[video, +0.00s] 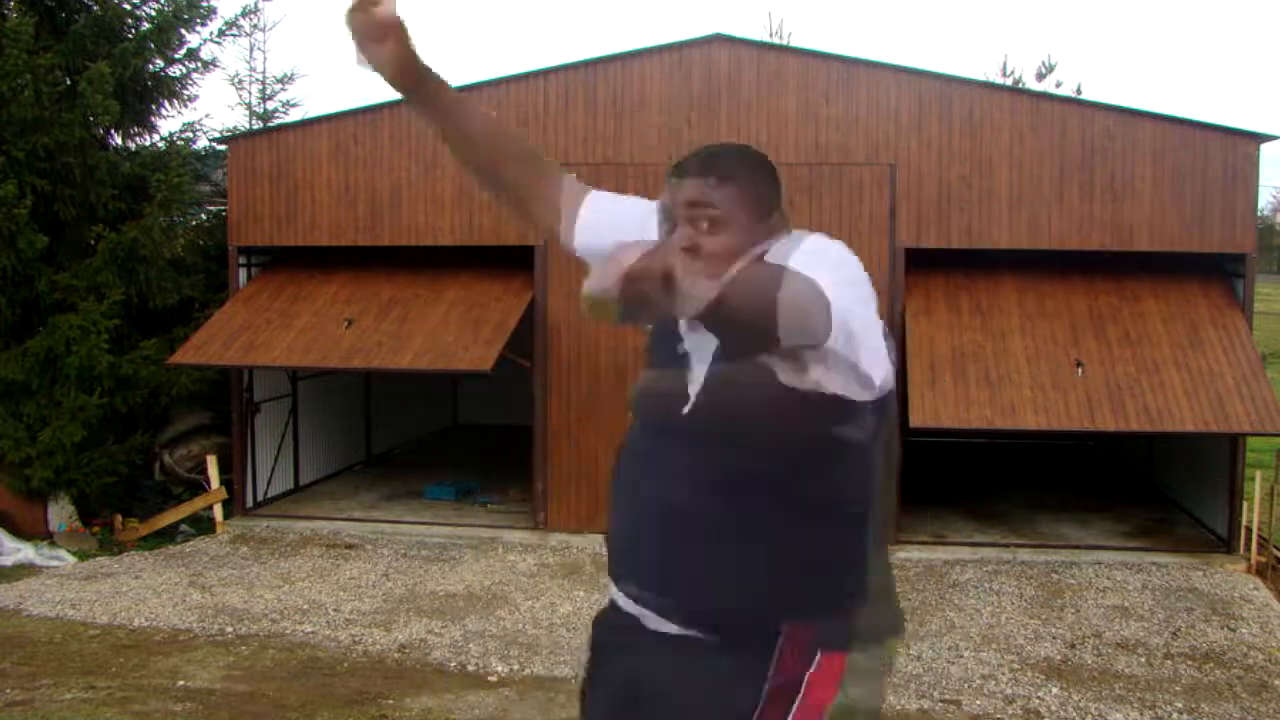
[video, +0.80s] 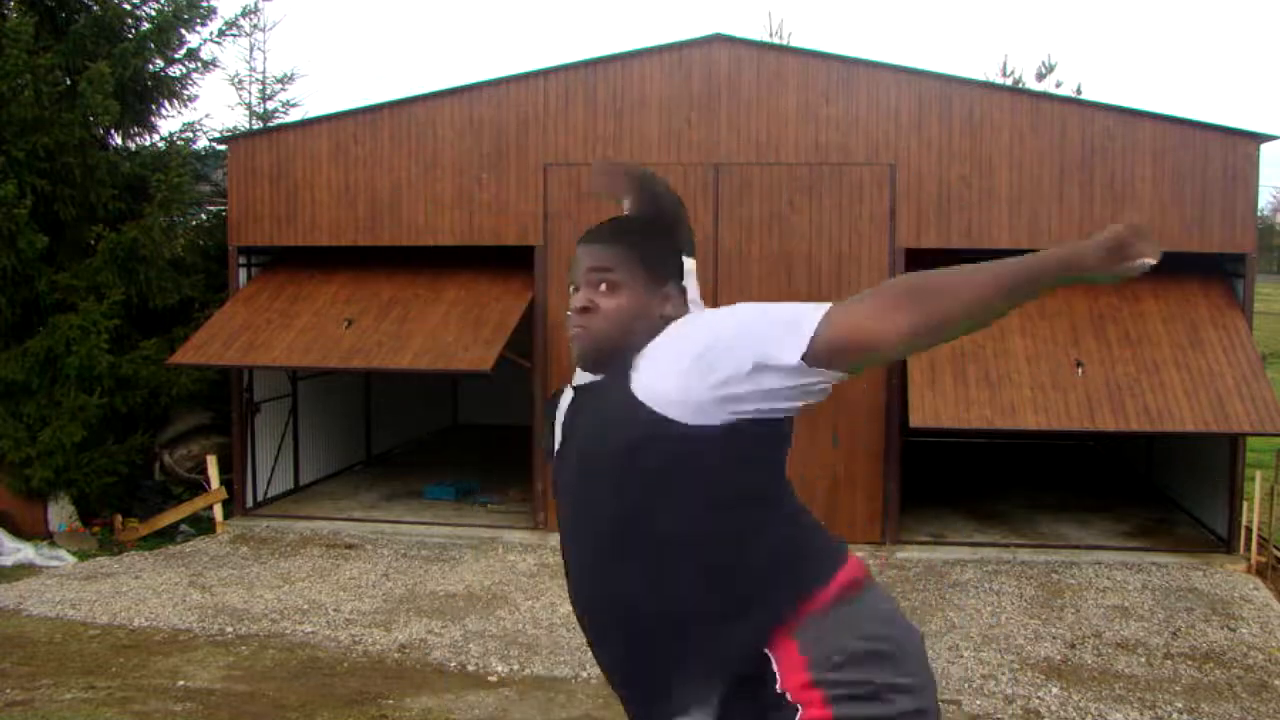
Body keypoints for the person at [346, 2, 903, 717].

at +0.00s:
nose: (681, 244)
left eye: (705, 222)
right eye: (670, 223)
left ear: (768, 228)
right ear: (660, 222)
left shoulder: (823, 268)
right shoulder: (664, 256)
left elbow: (803, 315)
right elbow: (541, 190)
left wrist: (694, 291)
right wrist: (412, 78)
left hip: (769, 653)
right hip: (641, 627)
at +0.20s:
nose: (615, 272)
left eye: (640, 255)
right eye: (609, 255)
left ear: (700, 262)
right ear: (603, 264)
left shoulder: (718, 309)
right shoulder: (640, 355)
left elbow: (897, 291)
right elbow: (747, 282)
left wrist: (1049, 243)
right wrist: (725, 211)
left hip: (879, 626)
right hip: (778, 676)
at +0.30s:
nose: (628, 296)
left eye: (653, 279)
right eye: (625, 283)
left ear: (714, 287)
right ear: (622, 295)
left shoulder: (743, 346)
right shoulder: (676, 383)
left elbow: (910, 327)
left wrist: (1067, 275)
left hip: (908, 675)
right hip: (804, 689)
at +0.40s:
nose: (629, 315)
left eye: (653, 296)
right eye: (624, 302)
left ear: (721, 302)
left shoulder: (754, 347)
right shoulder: (655, 405)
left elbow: (867, 341)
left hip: (908, 684)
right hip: (772, 697)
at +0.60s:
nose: (604, 325)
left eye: (622, 303)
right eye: (598, 310)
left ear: (691, 298)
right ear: (601, 320)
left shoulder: (738, 331)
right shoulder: (644, 362)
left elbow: (837, 310)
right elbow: (549, 287)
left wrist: (947, 251)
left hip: (843, 672)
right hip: (701, 680)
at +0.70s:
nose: (579, 280)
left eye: (602, 264)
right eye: (574, 267)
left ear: (668, 271)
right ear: (576, 286)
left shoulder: (710, 311)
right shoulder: (618, 363)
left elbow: (873, 289)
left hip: (822, 652)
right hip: (704, 675)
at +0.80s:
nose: (576, 299)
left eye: (603, 284)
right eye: (573, 286)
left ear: (668, 302)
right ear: (569, 305)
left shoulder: (701, 353)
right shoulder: (570, 408)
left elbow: (886, 320)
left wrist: (1067, 262)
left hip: (816, 654)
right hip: (692, 698)